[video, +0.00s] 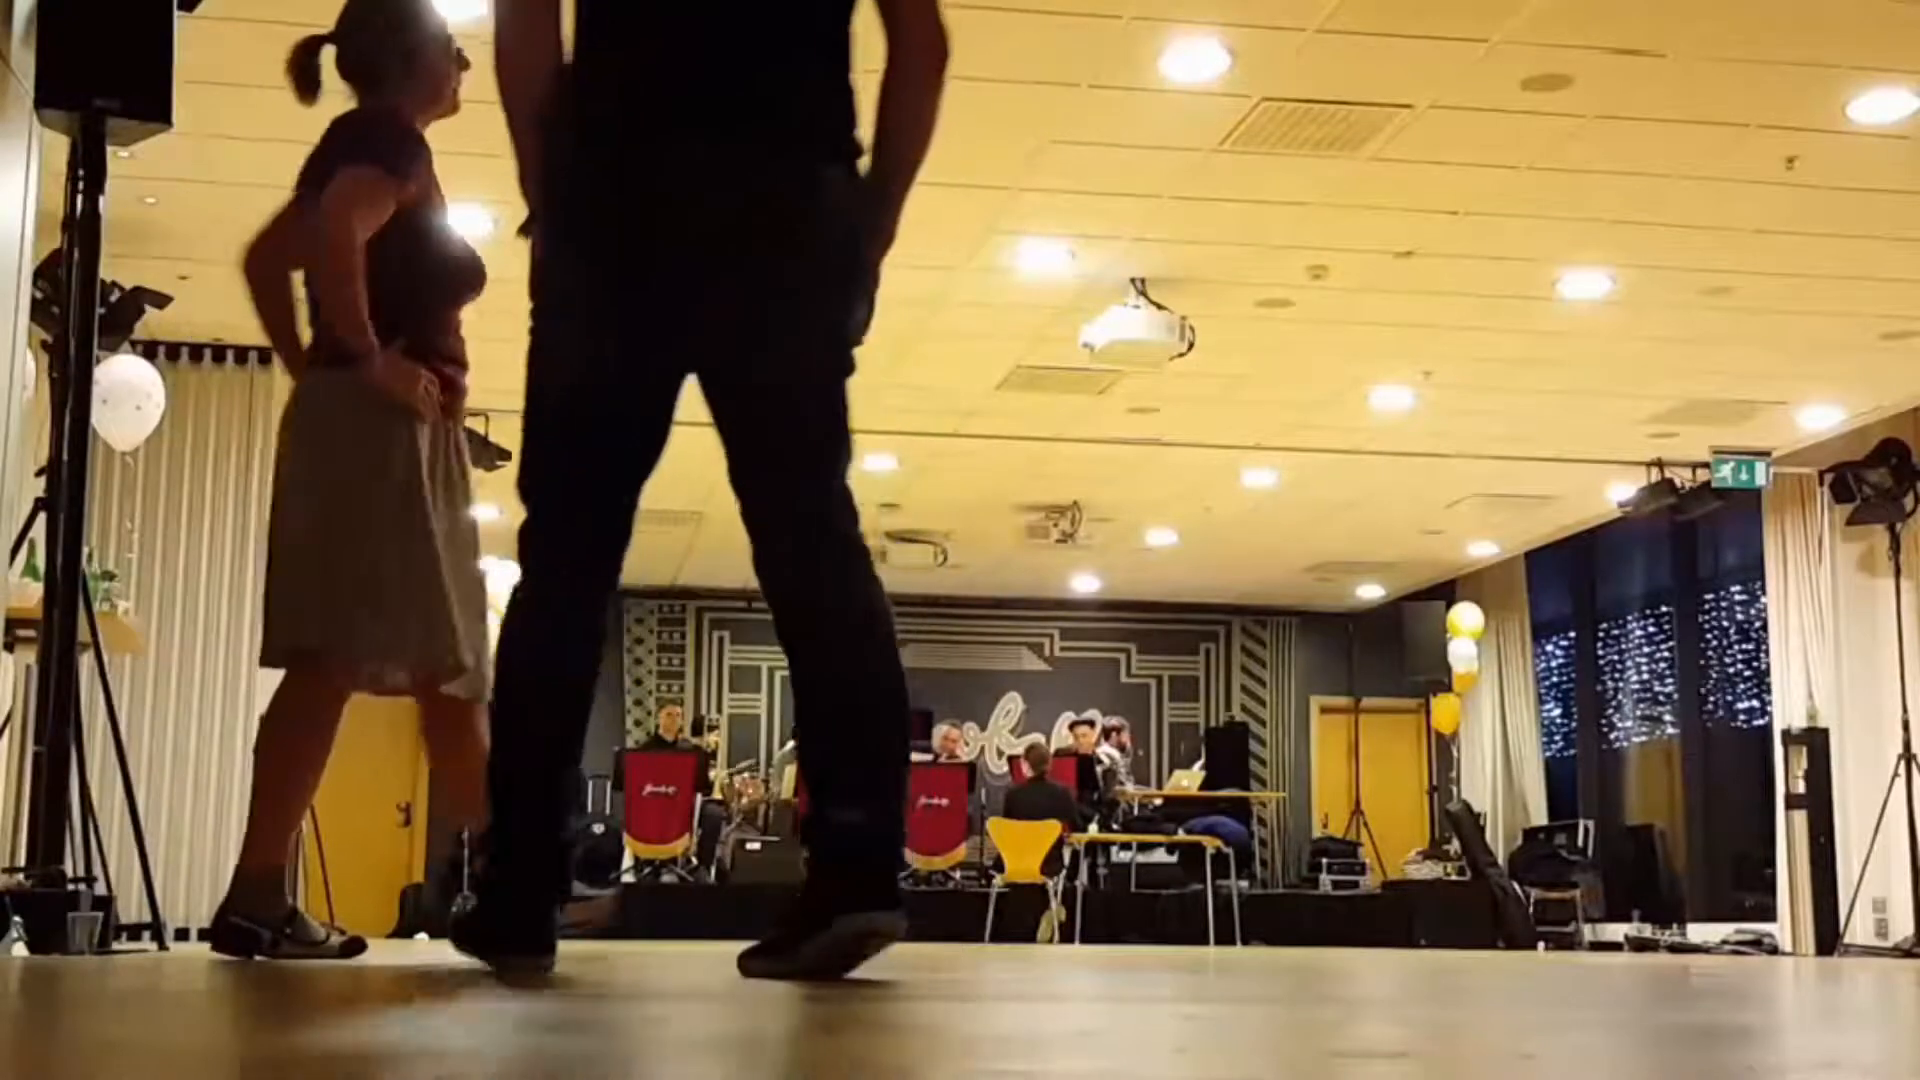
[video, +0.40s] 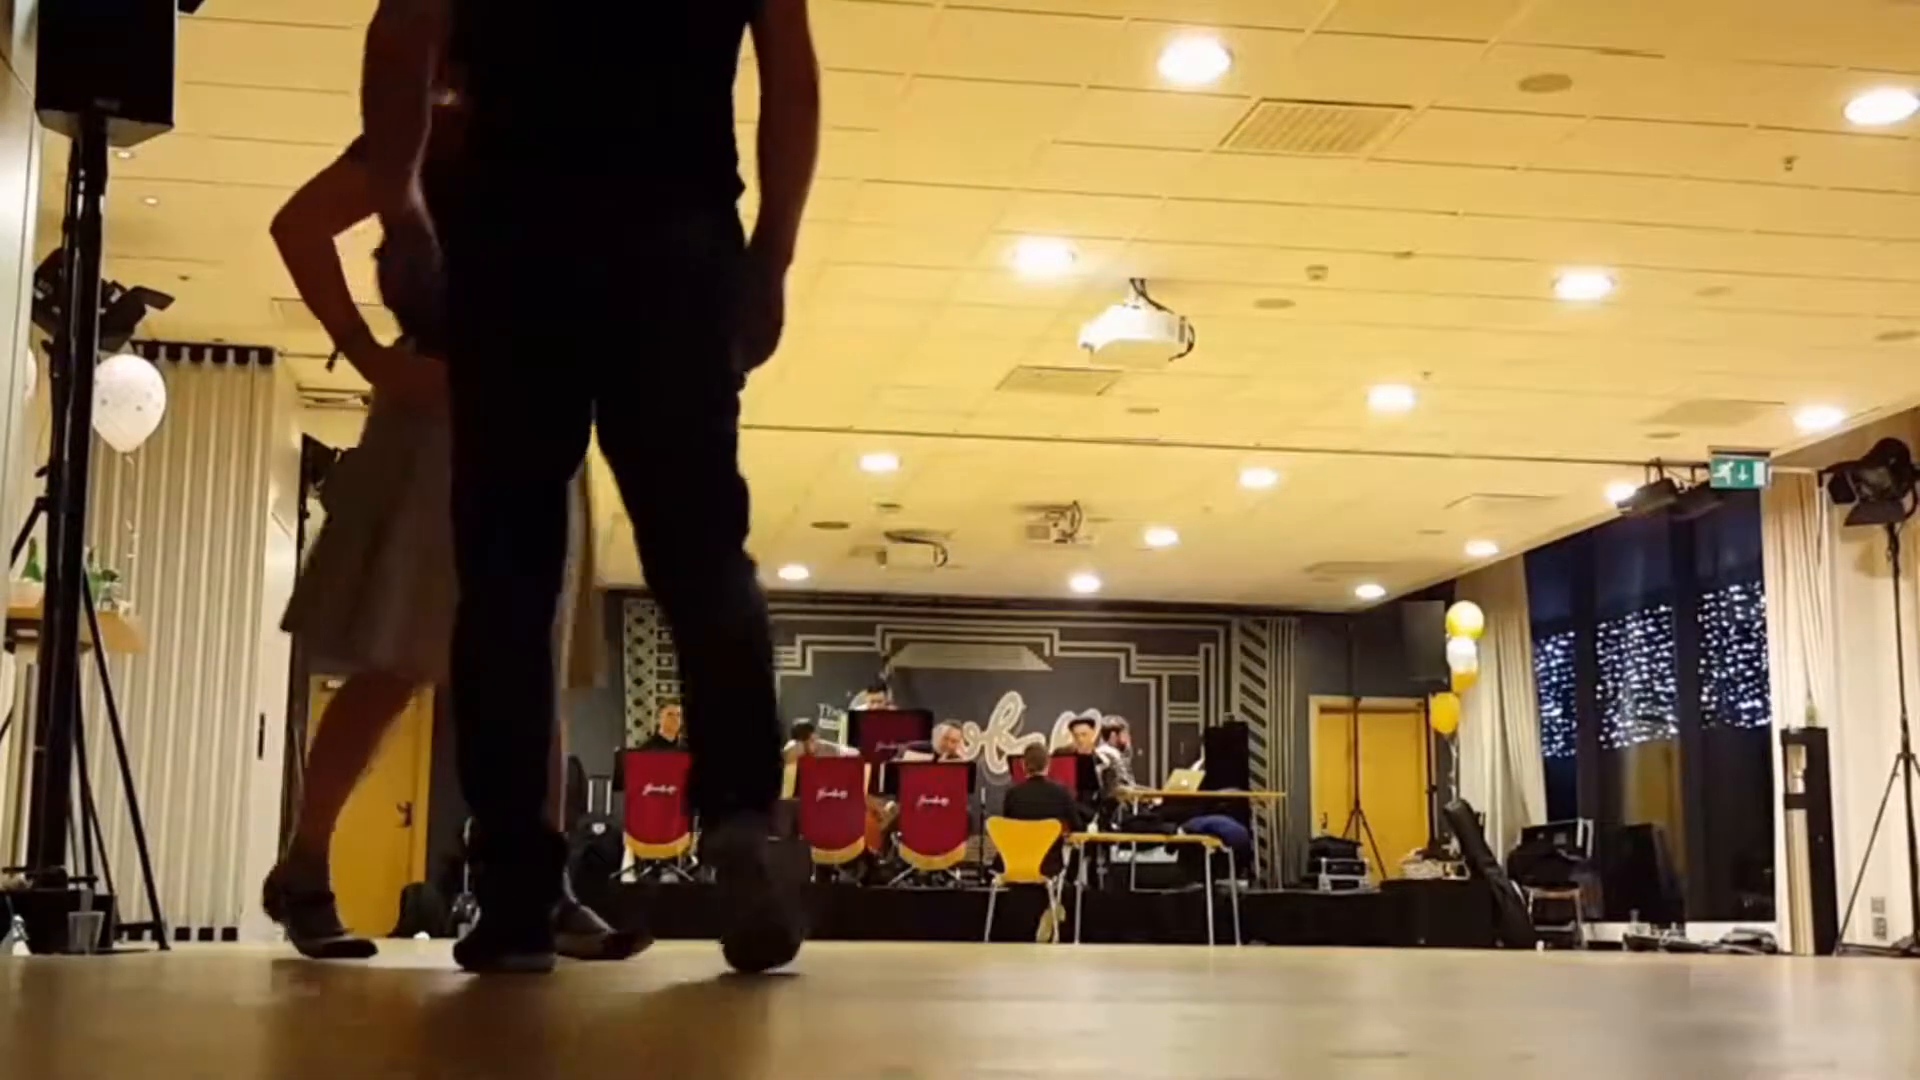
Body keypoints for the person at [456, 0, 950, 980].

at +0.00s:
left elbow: (525, 38)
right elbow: (921, 42)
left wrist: (551, 201)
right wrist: (874, 229)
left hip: (614, 214)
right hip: (790, 214)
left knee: (566, 561)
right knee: (812, 546)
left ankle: (519, 897)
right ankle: (860, 876)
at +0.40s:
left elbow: (400, 40)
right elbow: (793, 77)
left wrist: (401, 213)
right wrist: (772, 258)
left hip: (510, 261)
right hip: (674, 261)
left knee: (503, 590)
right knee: (705, 567)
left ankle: (512, 902)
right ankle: (742, 837)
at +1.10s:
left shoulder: (491, 13)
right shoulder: (749, 12)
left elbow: (448, 153)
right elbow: (784, 177)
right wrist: (767, 322)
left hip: (529, 334)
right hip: (674, 343)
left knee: (503, 614)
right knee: (666, 617)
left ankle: (515, 875)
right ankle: (663, 898)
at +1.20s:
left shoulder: (502, 14)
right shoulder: (753, 14)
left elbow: (456, 159)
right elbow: (787, 189)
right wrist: (770, 322)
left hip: (536, 326)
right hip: (680, 337)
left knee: (505, 599)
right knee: (669, 615)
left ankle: (514, 863)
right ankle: (664, 899)